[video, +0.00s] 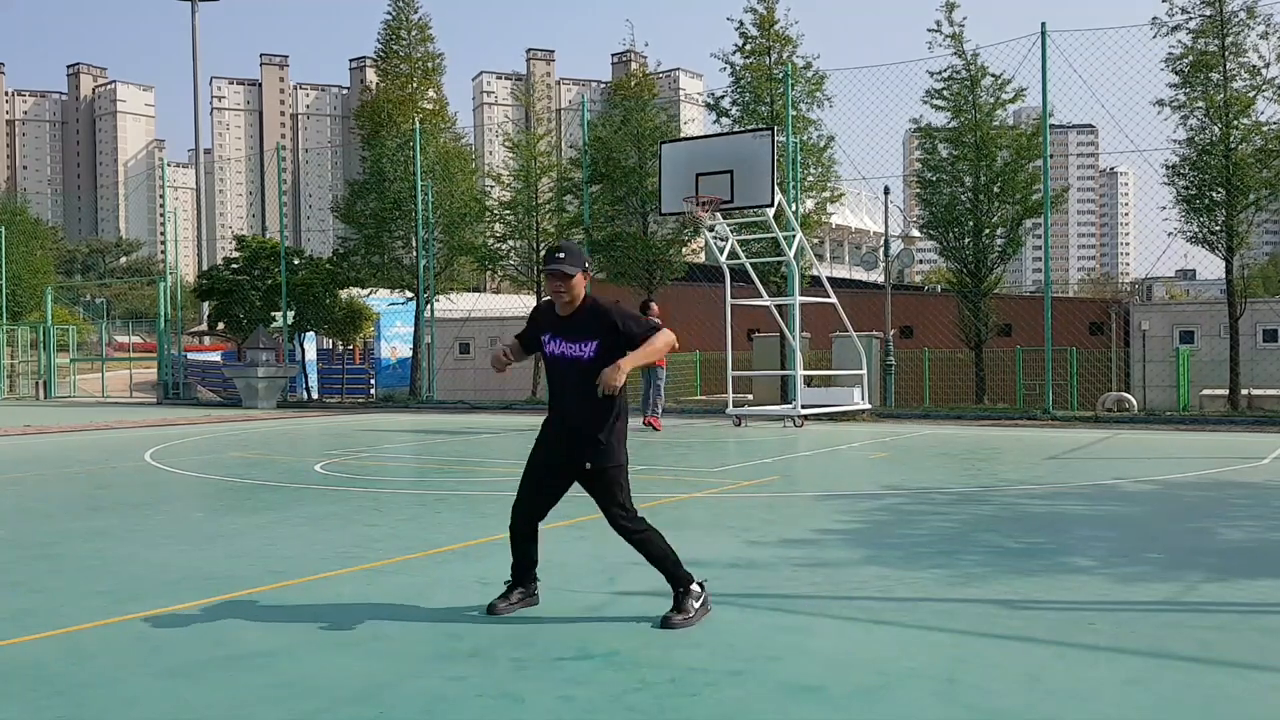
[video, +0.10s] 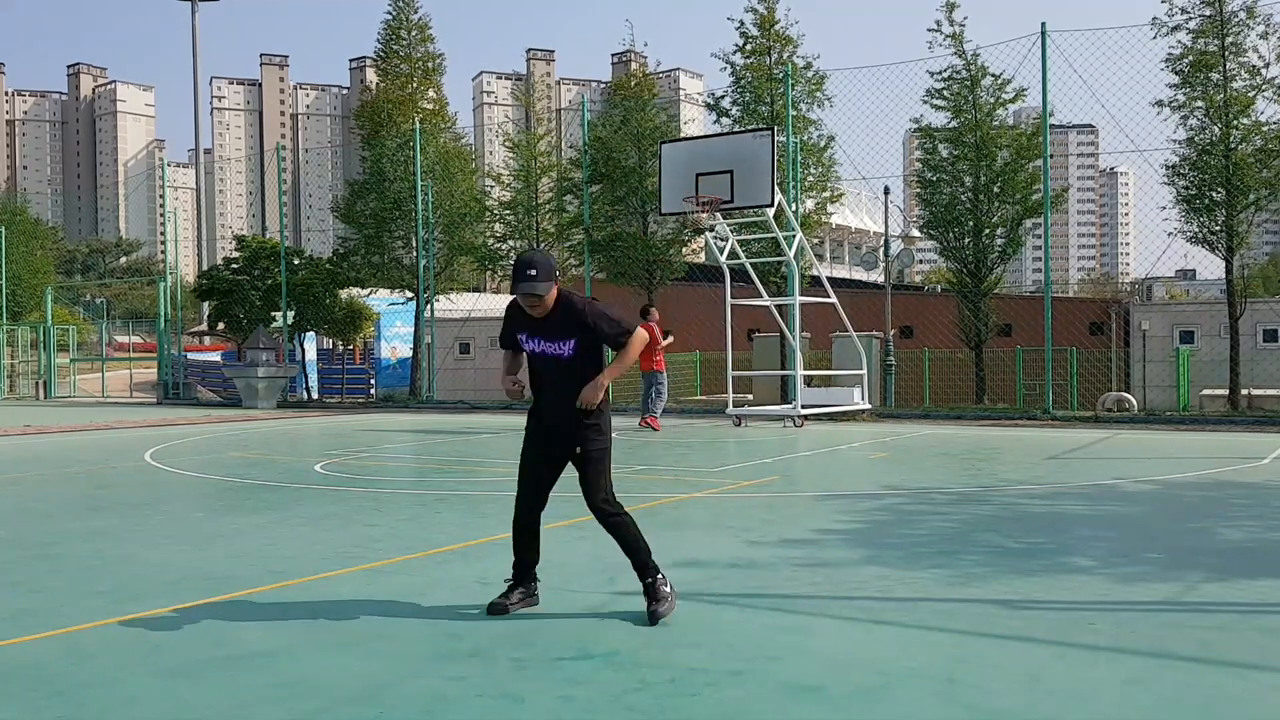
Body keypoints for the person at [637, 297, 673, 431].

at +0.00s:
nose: (658, 309)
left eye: (656, 306)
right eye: (655, 307)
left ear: (646, 311)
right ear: (649, 310)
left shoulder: (640, 325)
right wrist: (671, 340)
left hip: (644, 360)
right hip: (658, 360)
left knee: (646, 389)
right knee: (658, 389)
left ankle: (646, 415)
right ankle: (655, 416)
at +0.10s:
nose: (658, 314)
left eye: (656, 311)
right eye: (655, 312)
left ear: (646, 316)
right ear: (649, 315)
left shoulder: (641, 328)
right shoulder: (653, 327)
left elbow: (641, 344)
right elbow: (659, 345)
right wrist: (669, 340)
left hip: (645, 366)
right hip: (657, 366)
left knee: (648, 392)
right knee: (661, 394)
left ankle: (645, 416)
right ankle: (653, 416)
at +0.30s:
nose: (658, 315)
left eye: (658, 313)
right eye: (655, 313)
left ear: (651, 317)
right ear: (649, 317)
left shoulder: (646, 328)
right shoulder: (650, 329)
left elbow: (646, 346)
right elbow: (649, 347)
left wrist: (660, 348)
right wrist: (664, 350)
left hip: (646, 366)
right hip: (654, 366)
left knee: (650, 391)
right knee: (663, 390)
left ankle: (645, 417)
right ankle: (651, 416)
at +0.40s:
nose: (659, 312)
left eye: (659, 309)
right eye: (656, 310)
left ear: (658, 311)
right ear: (649, 313)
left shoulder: (655, 324)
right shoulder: (648, 323)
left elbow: (655, 342)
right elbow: (647, 342)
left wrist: (661, 354)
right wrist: (659, 355)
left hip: (654, 362)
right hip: (652, 362)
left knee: (650, 389)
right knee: (659, 389)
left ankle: (646, 415)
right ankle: (651, 416)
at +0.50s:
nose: (660, 313)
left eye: (660, 311)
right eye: (656, 311)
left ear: (660, 313)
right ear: (650, 314)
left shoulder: (657, 327)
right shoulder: (648, 326)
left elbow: (657, 345)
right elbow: (646, 344)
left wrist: (661, 362)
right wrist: (655, 360)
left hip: (656, 365)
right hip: (650, 365)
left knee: (651, 391)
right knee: (659, 389)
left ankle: (646, 417)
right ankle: (651, 417)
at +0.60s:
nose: (661, 317)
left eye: (662, 314)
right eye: (658, 315)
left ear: (663, 317)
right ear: (652, 318)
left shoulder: (662, 331)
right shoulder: (648, 330)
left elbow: (662, 348)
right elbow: (646, 349)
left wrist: (667, 358)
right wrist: (651, 366)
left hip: (660, 367)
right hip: (651, 367)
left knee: (652, 392)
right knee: (661, 389)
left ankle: (645, 417)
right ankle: (651, 416)